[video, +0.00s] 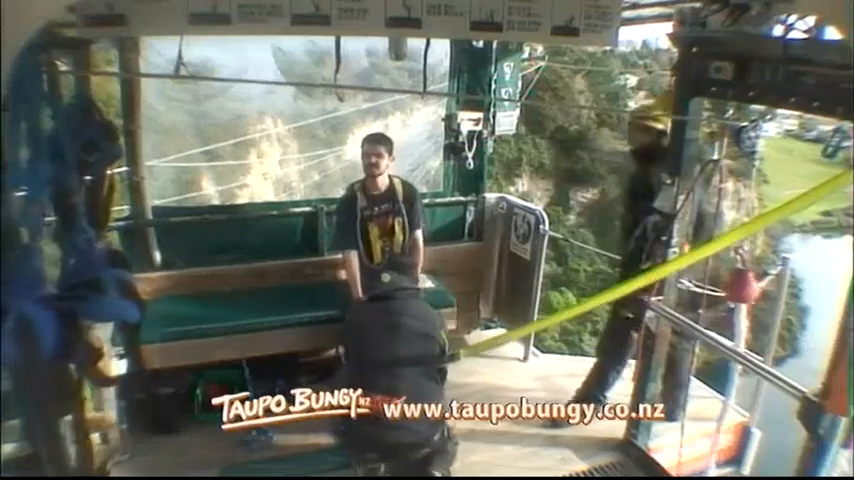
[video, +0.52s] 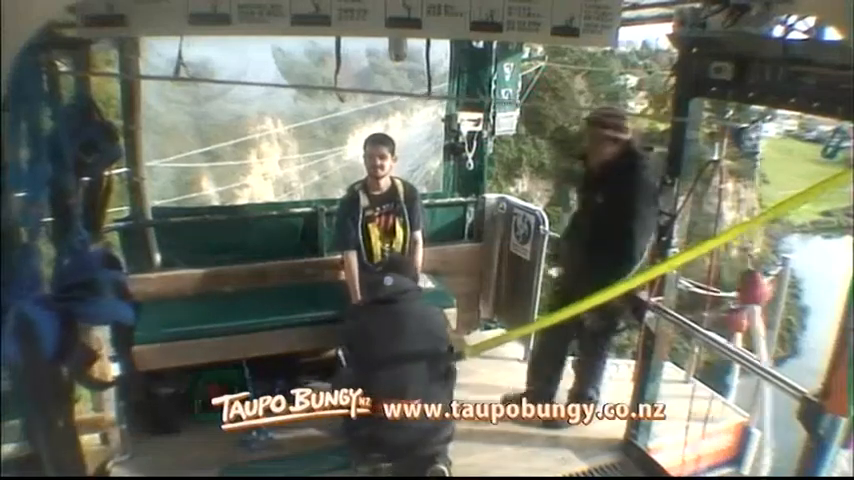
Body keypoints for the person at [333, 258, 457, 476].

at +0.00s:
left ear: (369, 281)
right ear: (413, 278)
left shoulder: (358, 315)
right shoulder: (429, 316)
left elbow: (352, 366)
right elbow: (440, 369)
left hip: (367, 437)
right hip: (418, 437)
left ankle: (368, 463)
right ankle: (436, 469)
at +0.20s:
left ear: (370, 283)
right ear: (409, 282)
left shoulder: (355, 319)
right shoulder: (429, 317)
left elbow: (350, 363)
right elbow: (439, 355)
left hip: (373, 439)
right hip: (424, 437)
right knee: (450, 436)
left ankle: (371, 463)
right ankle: (439, 469)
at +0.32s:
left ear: (370, 280)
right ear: (410, 280)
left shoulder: (355, 319)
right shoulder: (427, 316)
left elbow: (349, 361)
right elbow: (439, 353)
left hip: (378, 442)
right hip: (426, 439)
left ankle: (371, 460)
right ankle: (441, 462)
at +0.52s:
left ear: (370, 284)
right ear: (413, 280)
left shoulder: (357, 320)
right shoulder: (434, 317)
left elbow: (347, 379)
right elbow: (445, 371)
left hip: (379, 442)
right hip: (427, 440)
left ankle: (371, 459)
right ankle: (437, 460)